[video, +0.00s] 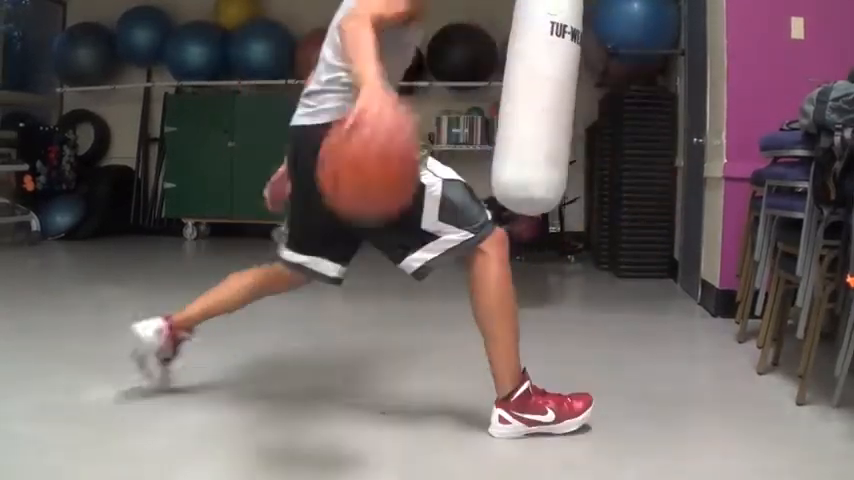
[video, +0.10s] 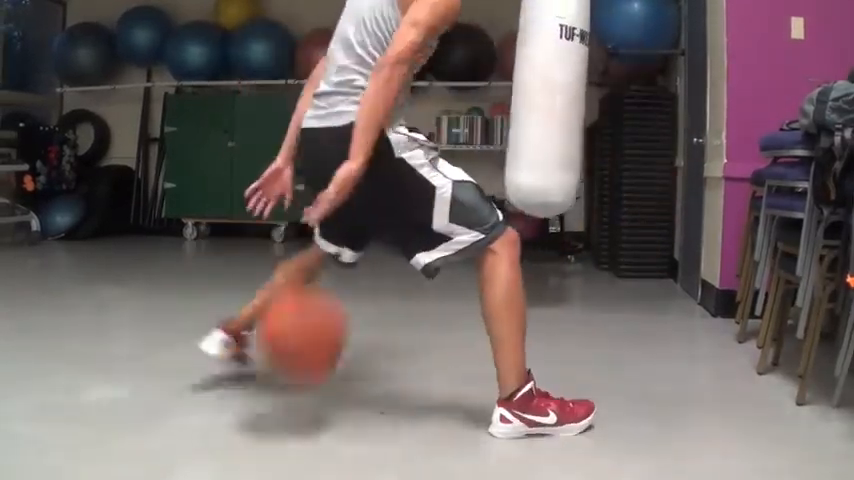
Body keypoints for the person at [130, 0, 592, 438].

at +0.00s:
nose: (420, 14)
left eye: (416, 13)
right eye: (418, 9)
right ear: (418, 1)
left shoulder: (364, 20)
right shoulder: (404, 6)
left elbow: (331, 88)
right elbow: (353, 19)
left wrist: (296, 163)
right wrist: (374, 87)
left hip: (317, 138)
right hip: (347, 134)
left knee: (296, 268)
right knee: (488, 239)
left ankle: (172, 328)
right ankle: (514, 397)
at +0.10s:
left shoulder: (371, 9)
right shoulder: (437, 6)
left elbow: (323, 73)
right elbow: (391, 67)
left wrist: (286, 157)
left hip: (318, 139)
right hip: (370, 139)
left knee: (326, 246)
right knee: (500, 240)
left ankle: (236, 331)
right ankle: (517, 397)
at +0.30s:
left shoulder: (326, 4)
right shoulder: (409, 2)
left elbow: (274, 63)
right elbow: (398, 54)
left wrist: (229, 132)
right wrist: (409, 143)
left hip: (309, 136)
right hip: (352, 133)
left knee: (349, 239)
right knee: (450, 248)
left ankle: (294, 343)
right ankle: (504, 393)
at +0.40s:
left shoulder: (303, 0)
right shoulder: (380, 1)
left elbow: (250, 26)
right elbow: (389, 31)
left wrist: (218, 91)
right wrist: (411, 109)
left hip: (293, 104)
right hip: (333, 102)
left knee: (328, 228)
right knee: (398, 232)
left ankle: (292, 342)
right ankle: (428, 375)